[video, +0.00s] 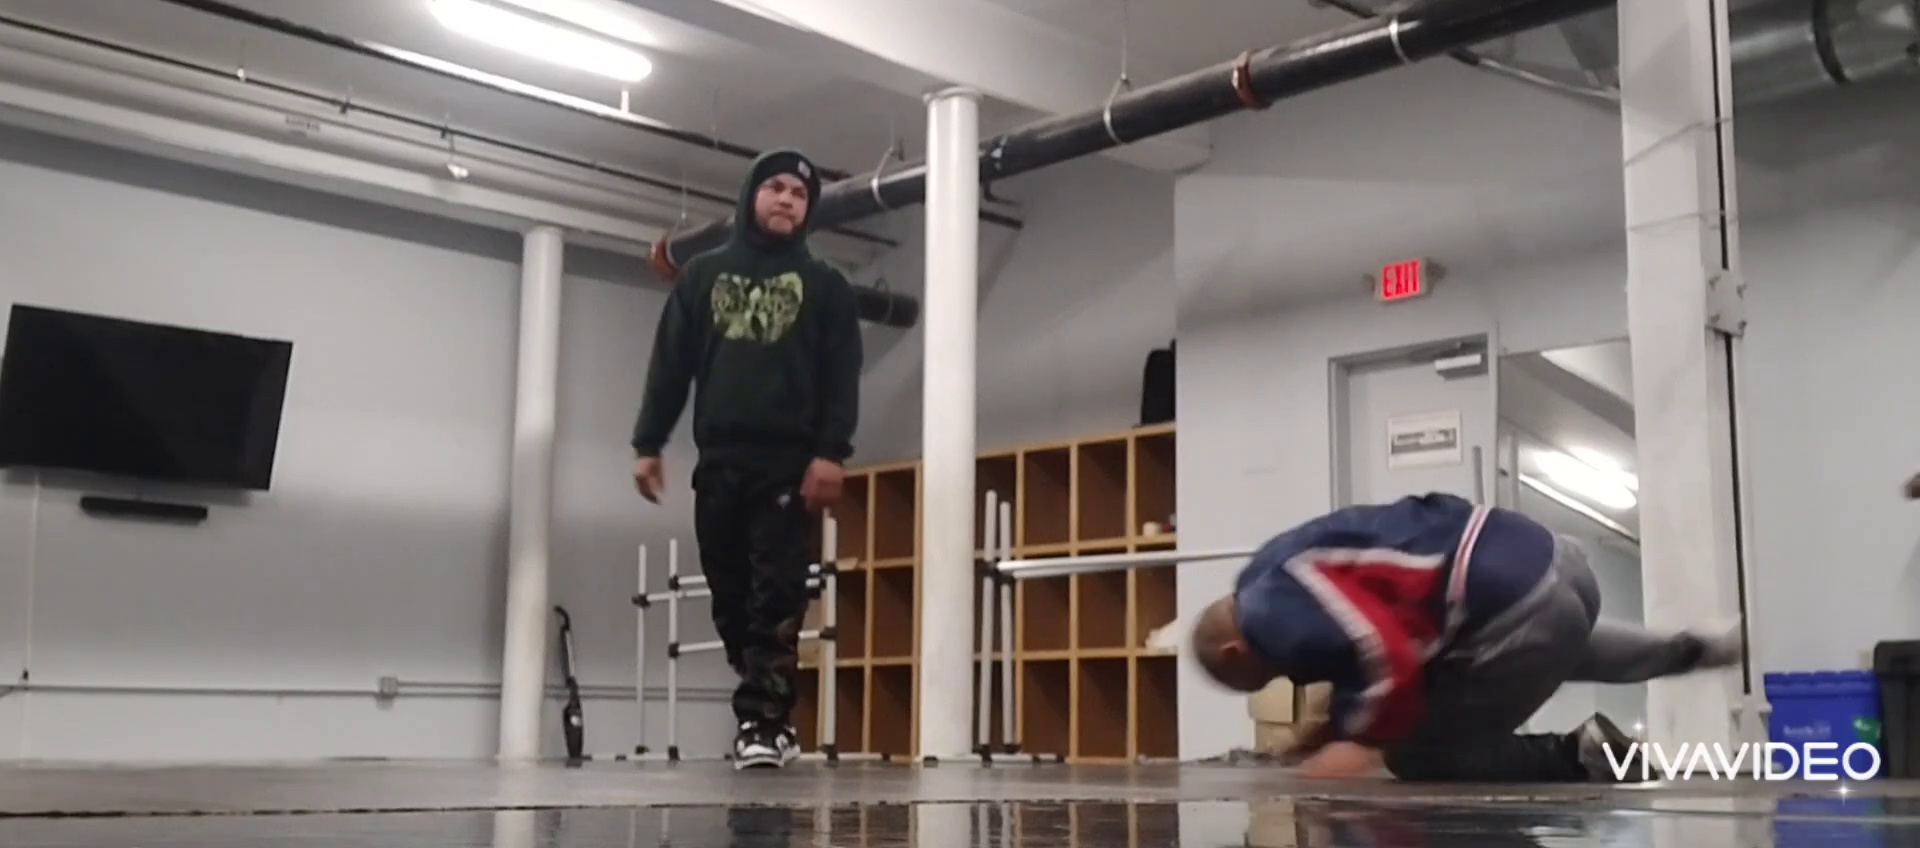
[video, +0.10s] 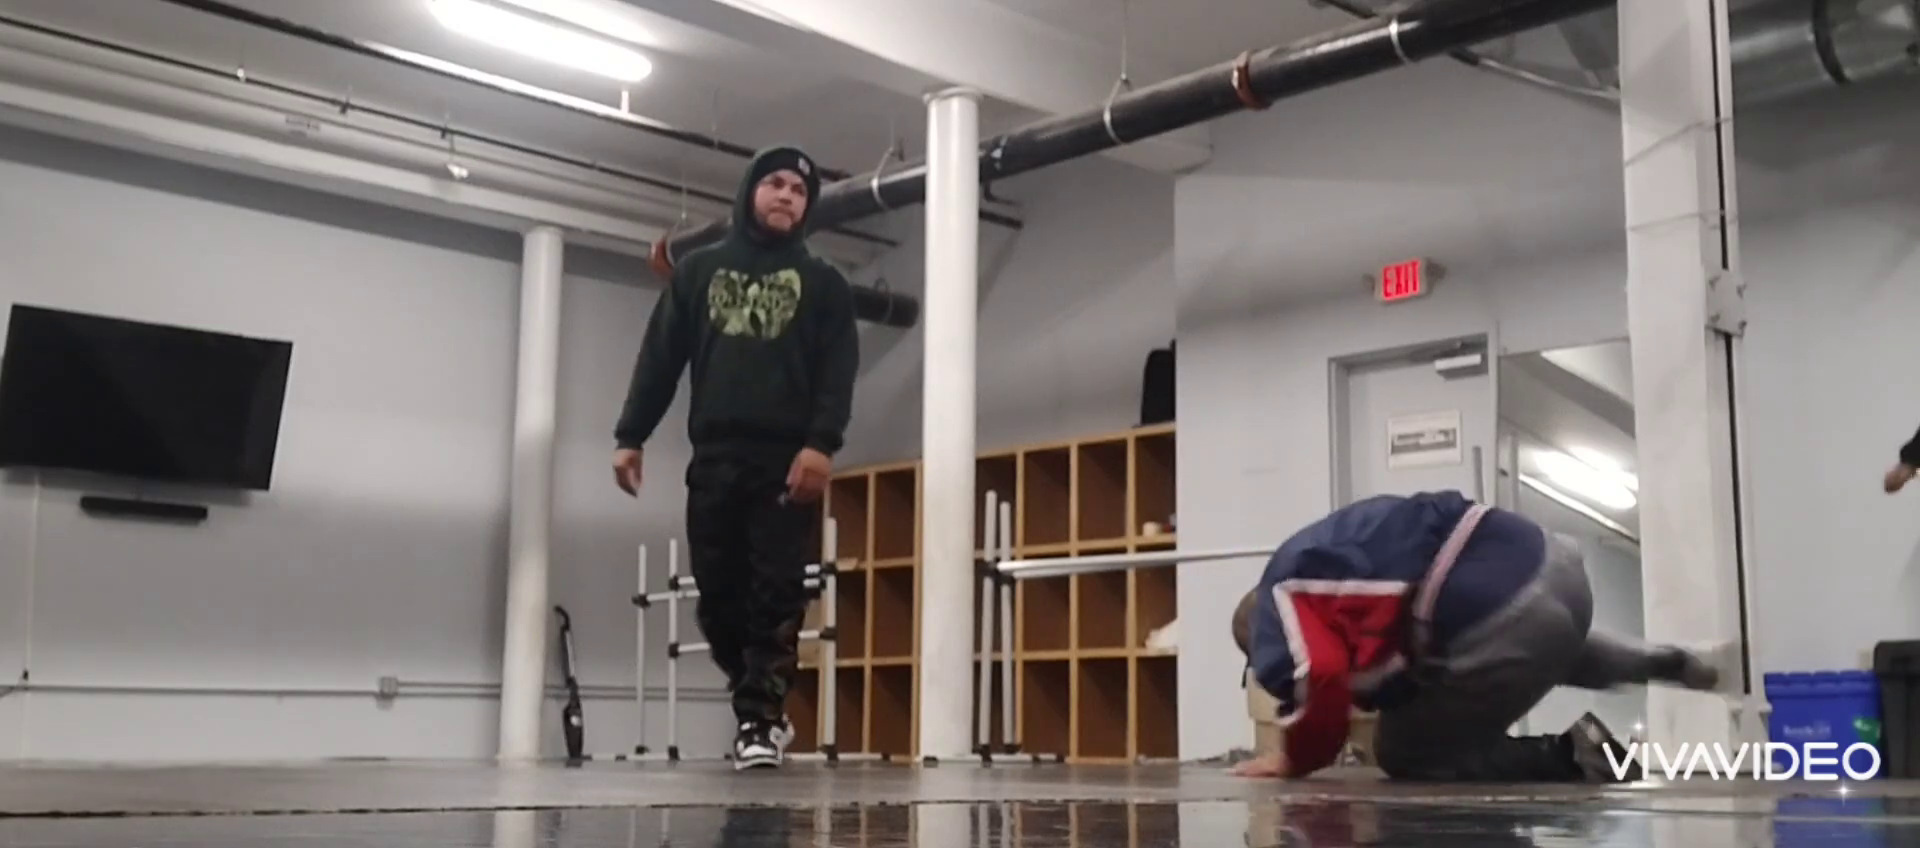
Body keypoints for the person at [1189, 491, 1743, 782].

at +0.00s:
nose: (1261, 683)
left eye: (1241, 680)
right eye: (1247, 680)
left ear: (1229, 649)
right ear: (1232, 622)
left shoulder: (1268, 601)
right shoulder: (1284, 562)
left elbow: (1388, 653)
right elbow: (1376, 649)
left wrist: (1360, 741)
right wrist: (1328, 729)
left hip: (1519, 623)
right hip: (1560, 563)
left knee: (1418, 756)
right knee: (1554, 647)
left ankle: (1576, 755)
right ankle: (1690, 649)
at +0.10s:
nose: (1267, 664)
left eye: (1258, 654)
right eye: (1261, 657)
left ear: (1256, 628)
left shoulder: (1274, 605)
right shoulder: (1340, 542)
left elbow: (1323, 687)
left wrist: (1290, 762)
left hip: (1512, 630)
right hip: (1560, 562)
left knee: (1405, 752)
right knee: (1556, 651)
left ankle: (1571, 758)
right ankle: (1683, 666)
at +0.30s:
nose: (1273, 692)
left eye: (1265, 683)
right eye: (1265, 687)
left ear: (1270, 627)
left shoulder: (1284, 583)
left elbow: (1299, 685)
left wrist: (1270, 759)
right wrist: (1513, 761)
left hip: (1462, 583)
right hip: (1544, 541)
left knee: (1434, 748)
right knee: (1642, 683)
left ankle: (1573, 757)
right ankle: (1730, 606)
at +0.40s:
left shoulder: (1307, 594)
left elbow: (1279, 693)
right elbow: (1530, 659)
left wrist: (1290, 763)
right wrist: (1544, 742)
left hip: (1427, 561)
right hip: (1518, 516)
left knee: (1446, 734)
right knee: (1580, 648)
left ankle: (1524, 750)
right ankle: (1691, 621)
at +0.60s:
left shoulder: (1324, 557)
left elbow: (1293, 662)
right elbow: (1521, 644)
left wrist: (1288, 759)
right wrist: (1514, 762)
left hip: (1422, 516)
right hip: (1510, 492)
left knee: (1450, 671)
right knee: (1569, 651)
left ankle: (1430, 717)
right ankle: (1637, 656)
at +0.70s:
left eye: (1267, 663)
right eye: (1266, 668)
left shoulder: (1325, 526)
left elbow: (1299, 638)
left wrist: (1289, 750)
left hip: (1474, 508)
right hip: (1563, 534)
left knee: (1418, 640)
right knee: (1522, 679)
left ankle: (1466, 683)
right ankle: (1518, 773)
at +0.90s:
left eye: (1319, 481)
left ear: (1336, 456)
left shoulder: (1360, 447)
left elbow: (1286, 542)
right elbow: (1511, 641)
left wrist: (1279, 608)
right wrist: (1535, 737)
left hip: (1466, 528)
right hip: (1519, 577)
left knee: (1396, 617)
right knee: (1337, 674)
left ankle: (1495, 709)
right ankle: (1232, 740)